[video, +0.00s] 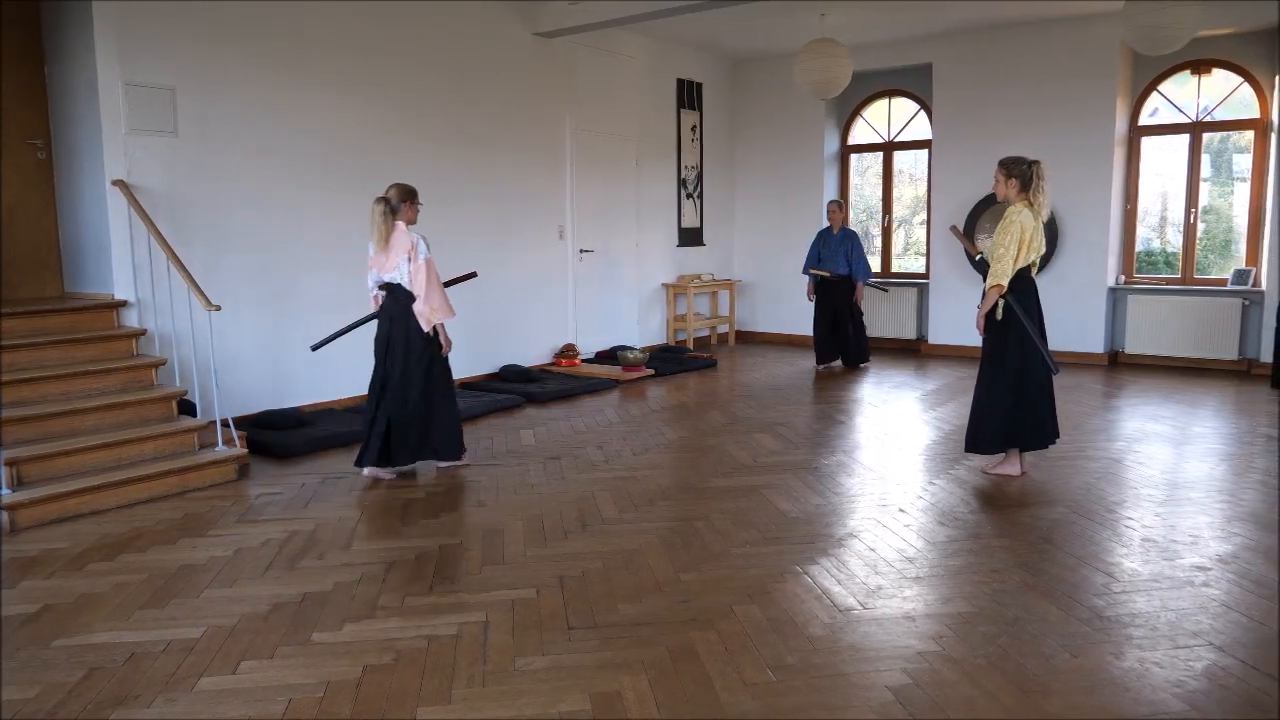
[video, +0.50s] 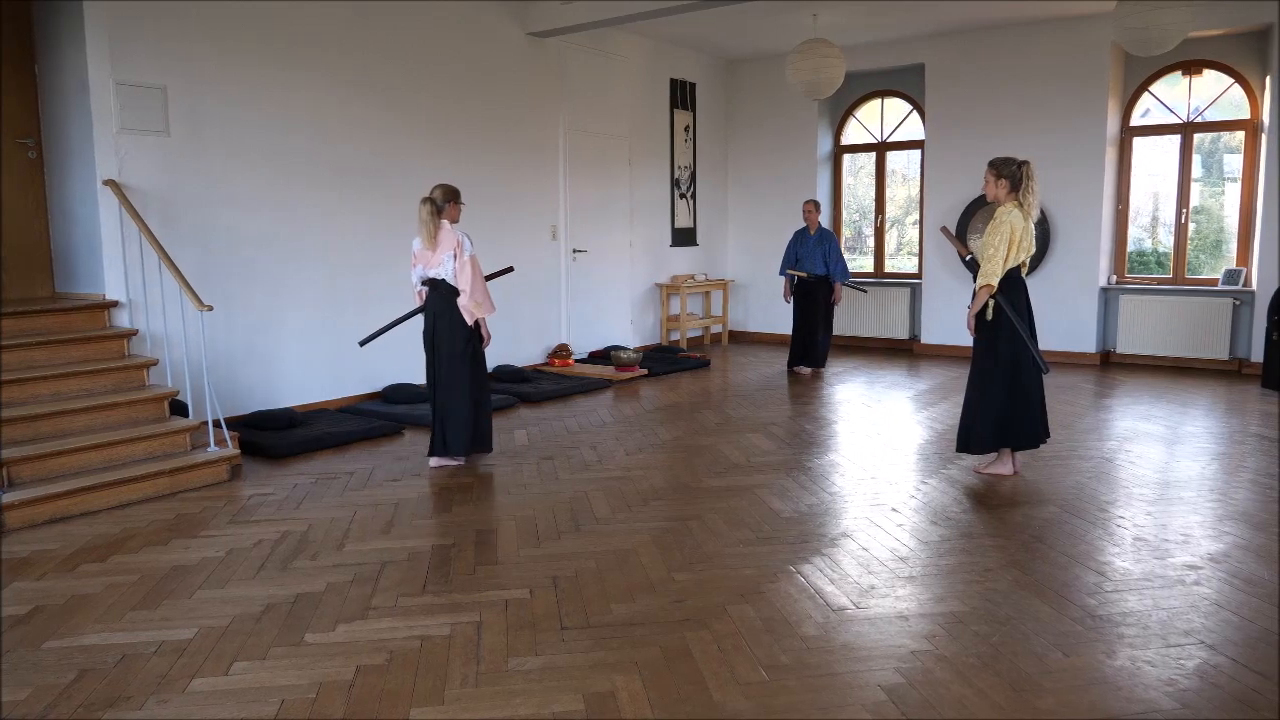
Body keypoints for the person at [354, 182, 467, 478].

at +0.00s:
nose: (419, 210)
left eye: (418, 205)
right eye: (417, 206)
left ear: (393, 207)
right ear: (406, 207)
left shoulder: (378, 244)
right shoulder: (414, 241)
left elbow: (376, 292)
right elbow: (424, 291)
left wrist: (387, 315)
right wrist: (440, 328)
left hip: (389, 322)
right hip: (415, 321)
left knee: (390, 389)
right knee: (437, 384)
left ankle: (377, 460)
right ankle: (447, 452)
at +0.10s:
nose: (429, 208)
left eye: (427, 203)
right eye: (426, 204)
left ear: (402, 206)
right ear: (416, 206)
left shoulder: (386, 243)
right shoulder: (426, 239)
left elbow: (387, 290)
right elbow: (438, 287)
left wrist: (400, 309)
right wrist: (452, 324)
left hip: (401, 316)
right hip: (427, 316)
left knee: (401, 383)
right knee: (443, 381)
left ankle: (381, 457)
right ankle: (446, 452)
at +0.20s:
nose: (438, 207)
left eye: (437, 202)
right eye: (436, 202)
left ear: (411, 205)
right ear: (426, 205)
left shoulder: (395, 242)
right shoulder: (436, 239)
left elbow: (395, 288)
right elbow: (447, 287)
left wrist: (407, 305)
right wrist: (463, 323)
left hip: (410, 315)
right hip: (436, 314)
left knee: (412, 379)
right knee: (444, 379)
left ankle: (391, 449)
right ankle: (443, 451)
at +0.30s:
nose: (446, 207)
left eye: (445, 202)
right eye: (444, 202)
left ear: (421, 205)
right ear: (435, 205)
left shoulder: (404, 241)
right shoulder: (444, 238)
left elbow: (404, 287)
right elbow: (455, 286)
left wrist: (417, 309)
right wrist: (468, 321)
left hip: (418, 315)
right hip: (443, 314)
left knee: (426, 379)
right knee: (446, 380)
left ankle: (429, 448)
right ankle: (443, 453)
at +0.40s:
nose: (454, 208)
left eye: (453, 203)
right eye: (452, 203)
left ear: (428, 205)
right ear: (443, 205)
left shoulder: (412, 241)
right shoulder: (452, 238)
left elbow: (412, 288)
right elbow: (462, 286)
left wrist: (425, 308)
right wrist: (475, 321)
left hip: (425, 316)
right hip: (450, 315)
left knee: (433, 379)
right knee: (452, 380)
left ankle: (437, 449)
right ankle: (449, 452)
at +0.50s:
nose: (461, 209)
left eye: (460, 205)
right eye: (459, 205)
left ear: (436, 207)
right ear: (450, 207)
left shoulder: (419, 243)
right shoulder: (458, 239)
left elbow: (420, 289)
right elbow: (468, 287)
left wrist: (432, 309)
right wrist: (481, 322)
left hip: (433, 318)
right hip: (456, 318)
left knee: (441, 382)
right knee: (457, 382)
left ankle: (448, 447)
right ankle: (447, 451)